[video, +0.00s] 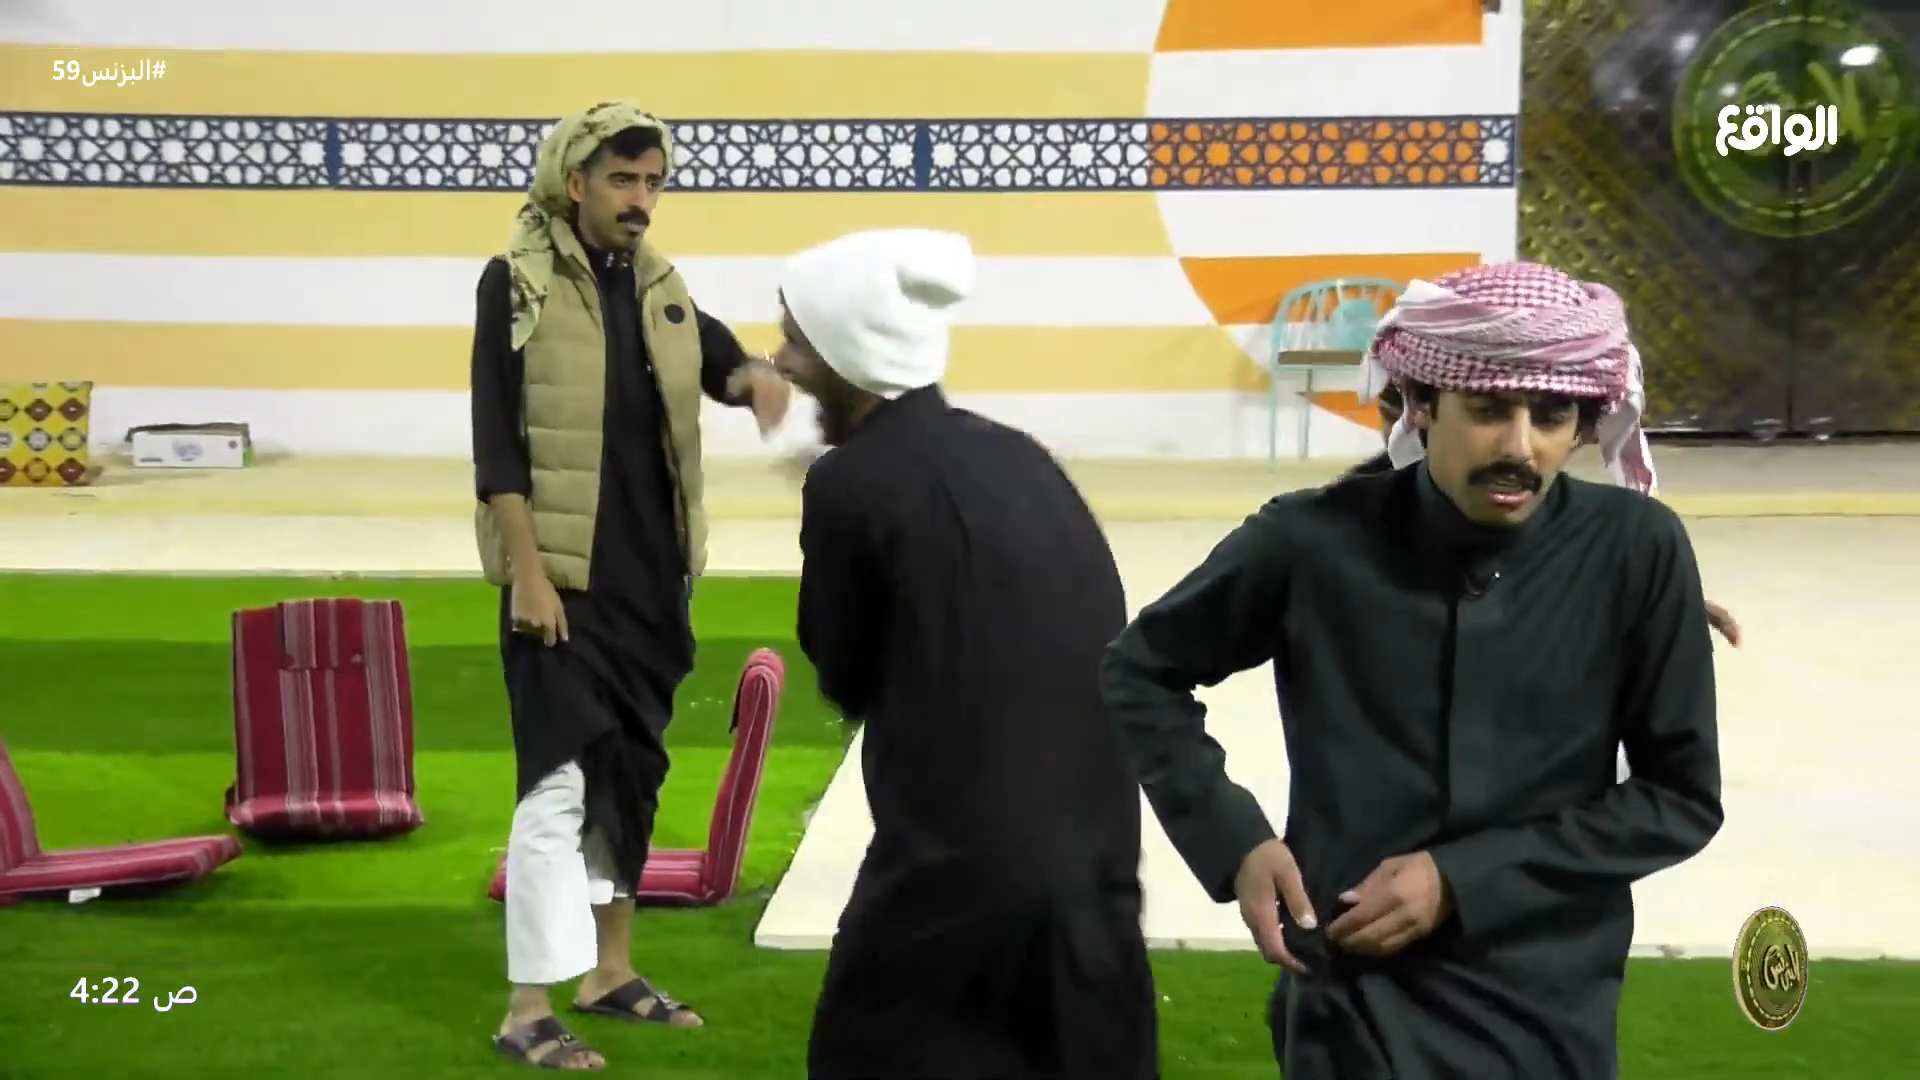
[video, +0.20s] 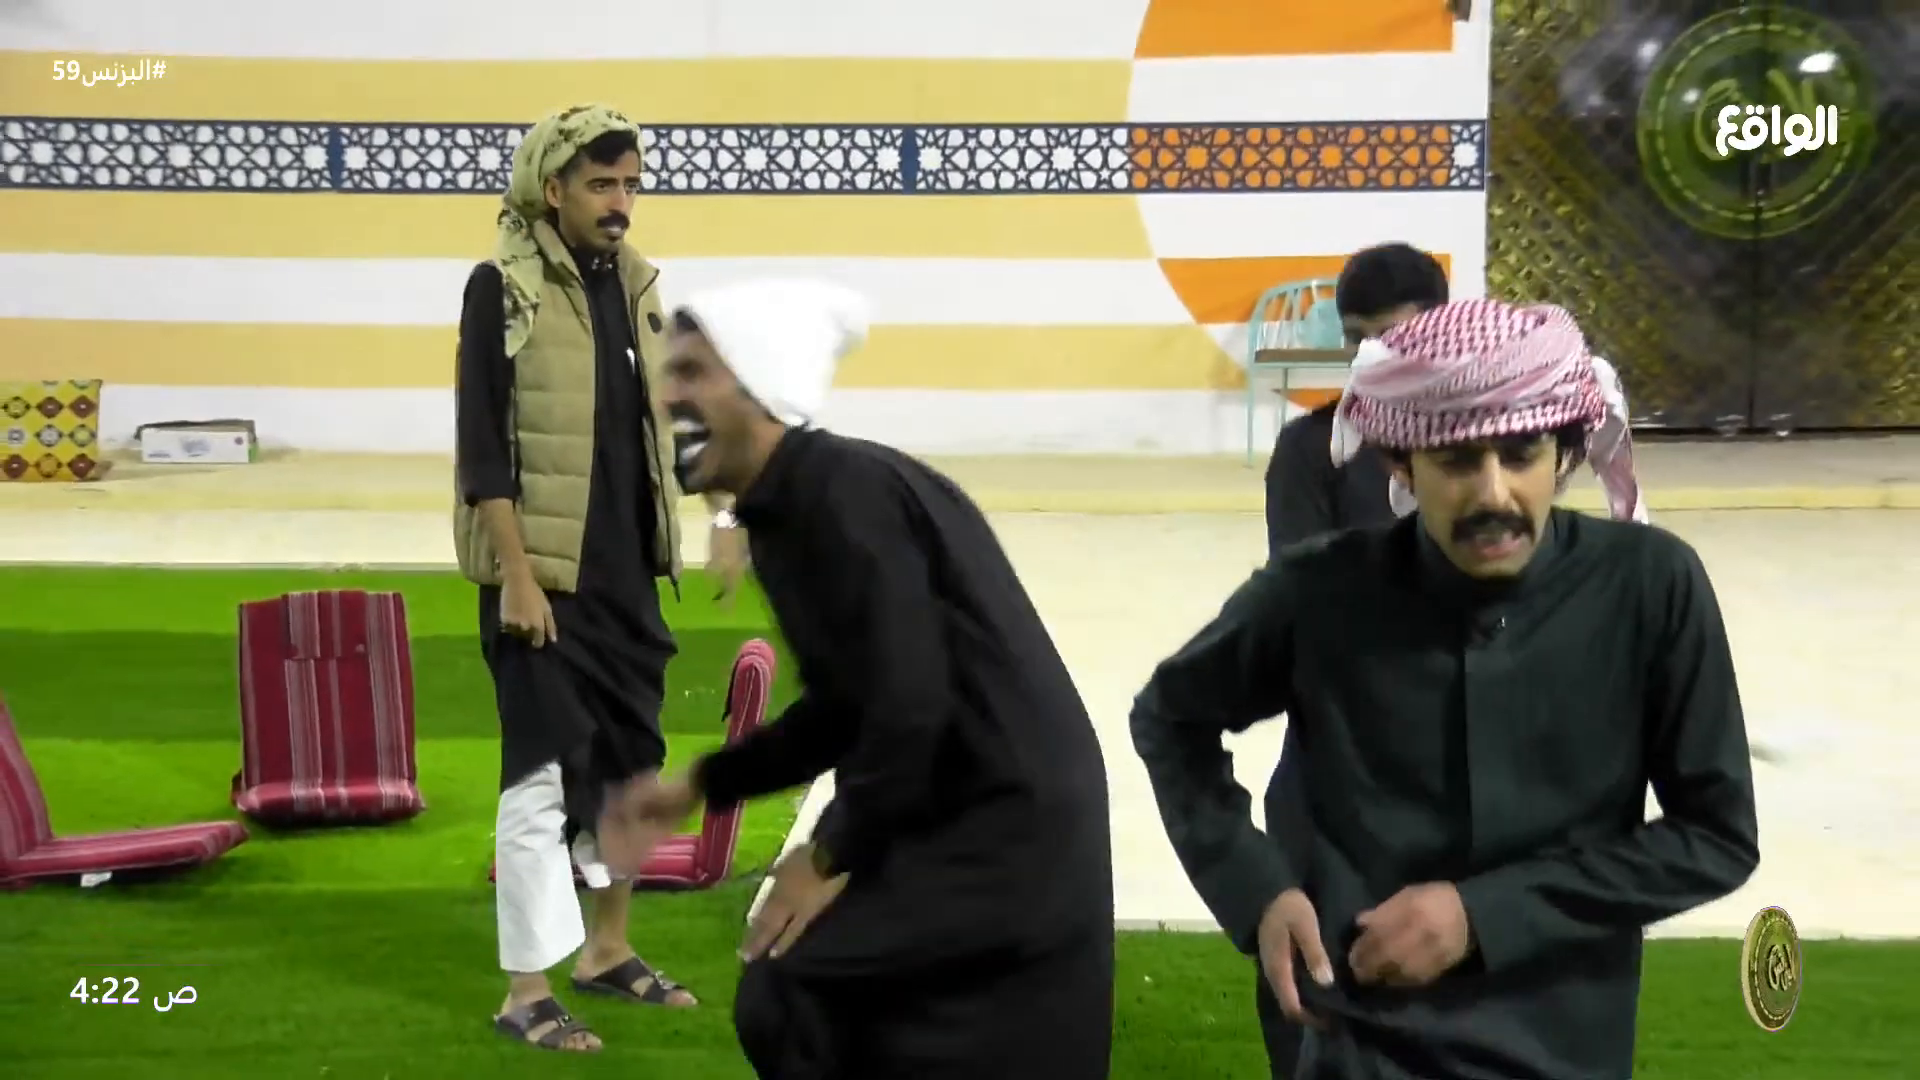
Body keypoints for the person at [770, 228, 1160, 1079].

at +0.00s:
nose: (781, 358)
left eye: (795, 341)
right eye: (787, 337)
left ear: (840, 364)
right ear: (908, 355)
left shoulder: (849, 481)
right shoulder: (1025, 456)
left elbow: (844, 675)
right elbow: (1099, 625)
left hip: (946, 864)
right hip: (1092, 856)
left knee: (870, 1057)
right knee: (1086, 1059)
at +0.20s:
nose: (668, 397)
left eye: (693, 371)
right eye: (666, 373)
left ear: (768, 381)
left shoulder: (839, 488)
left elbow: (907, 705)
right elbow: (840, 709)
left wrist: (827, 855)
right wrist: (697, 788)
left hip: (1011, 846)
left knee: (785, 1000)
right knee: (781, 981)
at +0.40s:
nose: (556, 521)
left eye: (558, 487)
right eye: (535, 507)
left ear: (625, 447)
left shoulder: (776, 501)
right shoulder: (643, 591)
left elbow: (912, 654)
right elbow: (715, 745)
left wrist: (830, 825)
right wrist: (691, 877)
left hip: (966, 771)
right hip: (830, 770)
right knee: (727, 975)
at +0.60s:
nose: (389, 614)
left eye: (400, 586)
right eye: (376, 591)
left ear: (469, 543)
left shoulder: (621, 556)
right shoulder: (497, 627)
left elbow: (782, 683)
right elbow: (586, 770)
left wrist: (792, 874)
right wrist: (586, 923)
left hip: (828, 791)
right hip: (696, 793)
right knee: (630, 995)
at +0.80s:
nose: (200, 613)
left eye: (204, 586)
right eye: (190, 592)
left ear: (260, 551)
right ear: (264, 551)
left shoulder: (437, 570)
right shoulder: (336, 617)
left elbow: (619, 681)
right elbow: (426, 747)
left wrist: (675, 869)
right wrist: (414, 898)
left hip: (626, 863)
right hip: (515, 870)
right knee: (520, 1038)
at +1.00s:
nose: (6, 494)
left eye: (7, 471)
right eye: (2, 474)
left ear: (38, 459)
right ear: (65, 448)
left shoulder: (213, 500)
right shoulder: (112, 534)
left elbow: (389, 629)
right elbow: (229, 688)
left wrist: (424, 813)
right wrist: (232, 814)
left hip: (373, 813)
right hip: (286, 823)